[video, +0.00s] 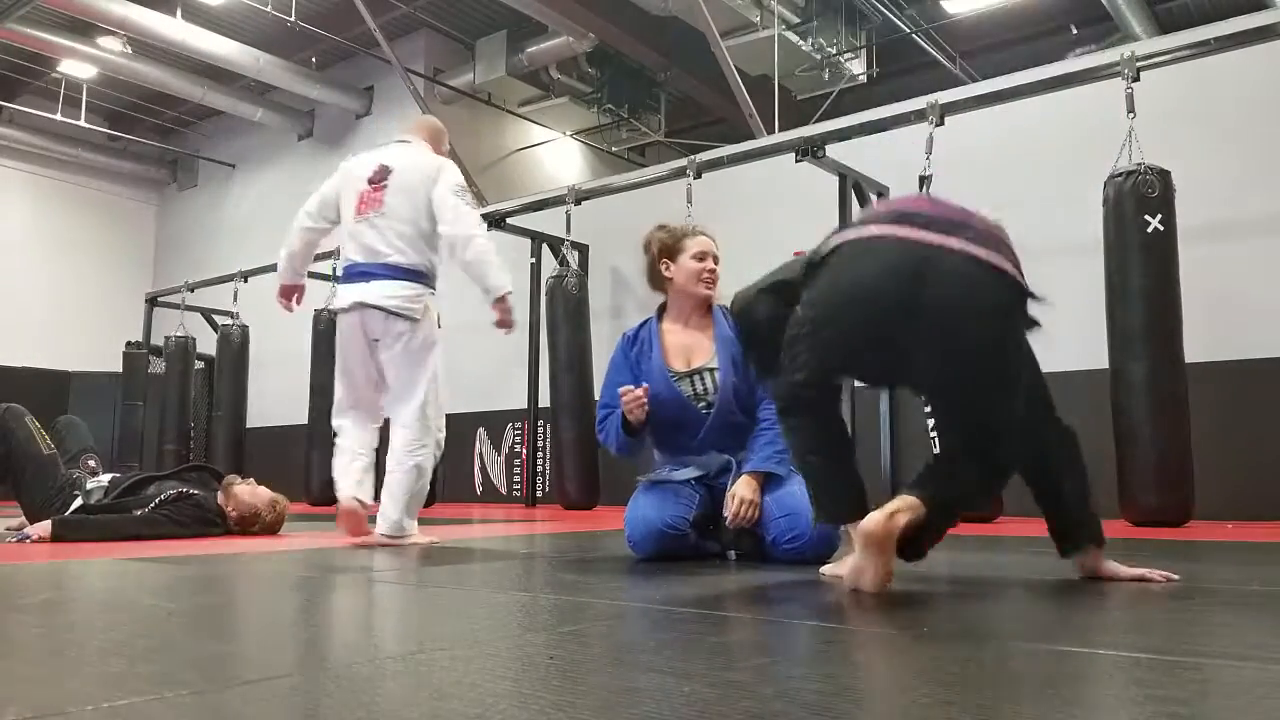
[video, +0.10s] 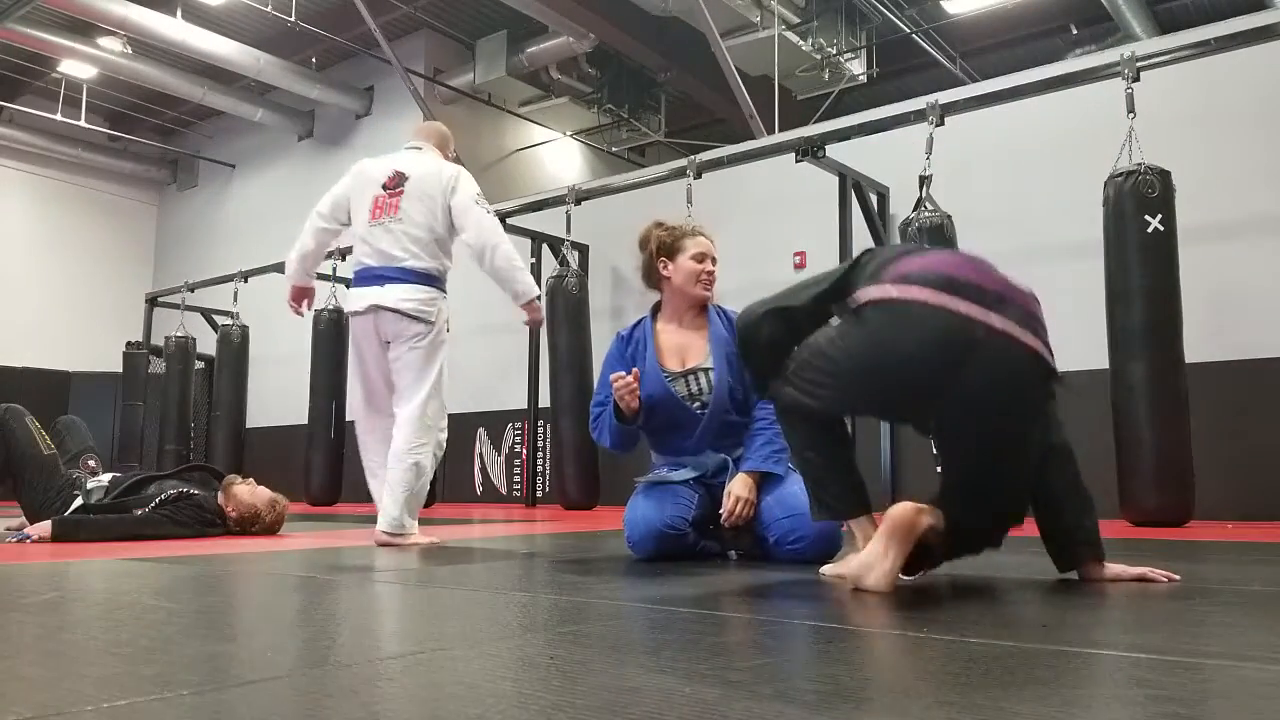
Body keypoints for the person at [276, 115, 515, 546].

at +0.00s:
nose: (444, 159)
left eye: (444, 154)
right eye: (446, 153)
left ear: (407, 134)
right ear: (439, 146)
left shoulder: (356, 165)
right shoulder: (440, 168)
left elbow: (309, 220)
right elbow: (462, 231)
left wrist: (290, 273)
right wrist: (498, 289)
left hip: (350, 303)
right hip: (404, 304)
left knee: (355, 410)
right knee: (416, 415)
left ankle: (351, 493)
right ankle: (395, 525)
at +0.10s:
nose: (453, 162)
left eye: (453, 158)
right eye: (454, 157)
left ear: (412, 142)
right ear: (446, 151)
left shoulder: (365, 170)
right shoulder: (451, 175)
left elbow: (322, 220)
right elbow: (486, 238)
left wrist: (301, 276)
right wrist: (527, 295)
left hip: (362, 304)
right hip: (415, 304)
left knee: (372, 412)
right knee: (416, 411)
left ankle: (392, 513)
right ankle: (394, 522)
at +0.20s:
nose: (454, 168)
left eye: (453, 164)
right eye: (455, 163)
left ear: (411, 152)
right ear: (450, 160)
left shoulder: (370, 181)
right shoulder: (459, 186)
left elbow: (333, 233)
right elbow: (496, 248)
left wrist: (316, 289)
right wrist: (538, 301)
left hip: (371, 313)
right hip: (426, 310)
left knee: (386, 416)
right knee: (419, 416)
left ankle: (420, 507)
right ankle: (393, 524)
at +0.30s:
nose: (453, 173)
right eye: (453, 167)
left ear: (410, 164)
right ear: (450, 168)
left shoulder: (376, 194)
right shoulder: (463, 196)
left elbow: (344, 247)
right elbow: (498, 258)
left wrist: (333, 301)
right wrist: (534, 310)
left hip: (385, 319)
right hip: (436, 318)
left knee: (400, 418)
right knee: (431, 418)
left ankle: (429, 512)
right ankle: (396, 516)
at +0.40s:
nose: (451, 174)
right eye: (450, 168)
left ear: (409, 170)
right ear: (448, 169)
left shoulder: (381, 200)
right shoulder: (469, 200)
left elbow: (354, 256)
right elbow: (492, 261)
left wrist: (348, 312)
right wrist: (512, 318)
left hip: (392, 320)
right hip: (443, 319)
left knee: (405, 415)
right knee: (446, 412)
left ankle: (426, 516)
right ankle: (416, 494)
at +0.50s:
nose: (447, 178)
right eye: (448, 172)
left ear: (409, 175)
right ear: (448, 173)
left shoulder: (386, 206)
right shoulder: (472, 205)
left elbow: (360, 264)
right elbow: (493, 265)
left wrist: (357, 319)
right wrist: (498, 320)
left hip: (396, 322)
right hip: (448, 323)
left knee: (407, 421)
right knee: (467, 416)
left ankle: (421, 524)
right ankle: (442, 478)